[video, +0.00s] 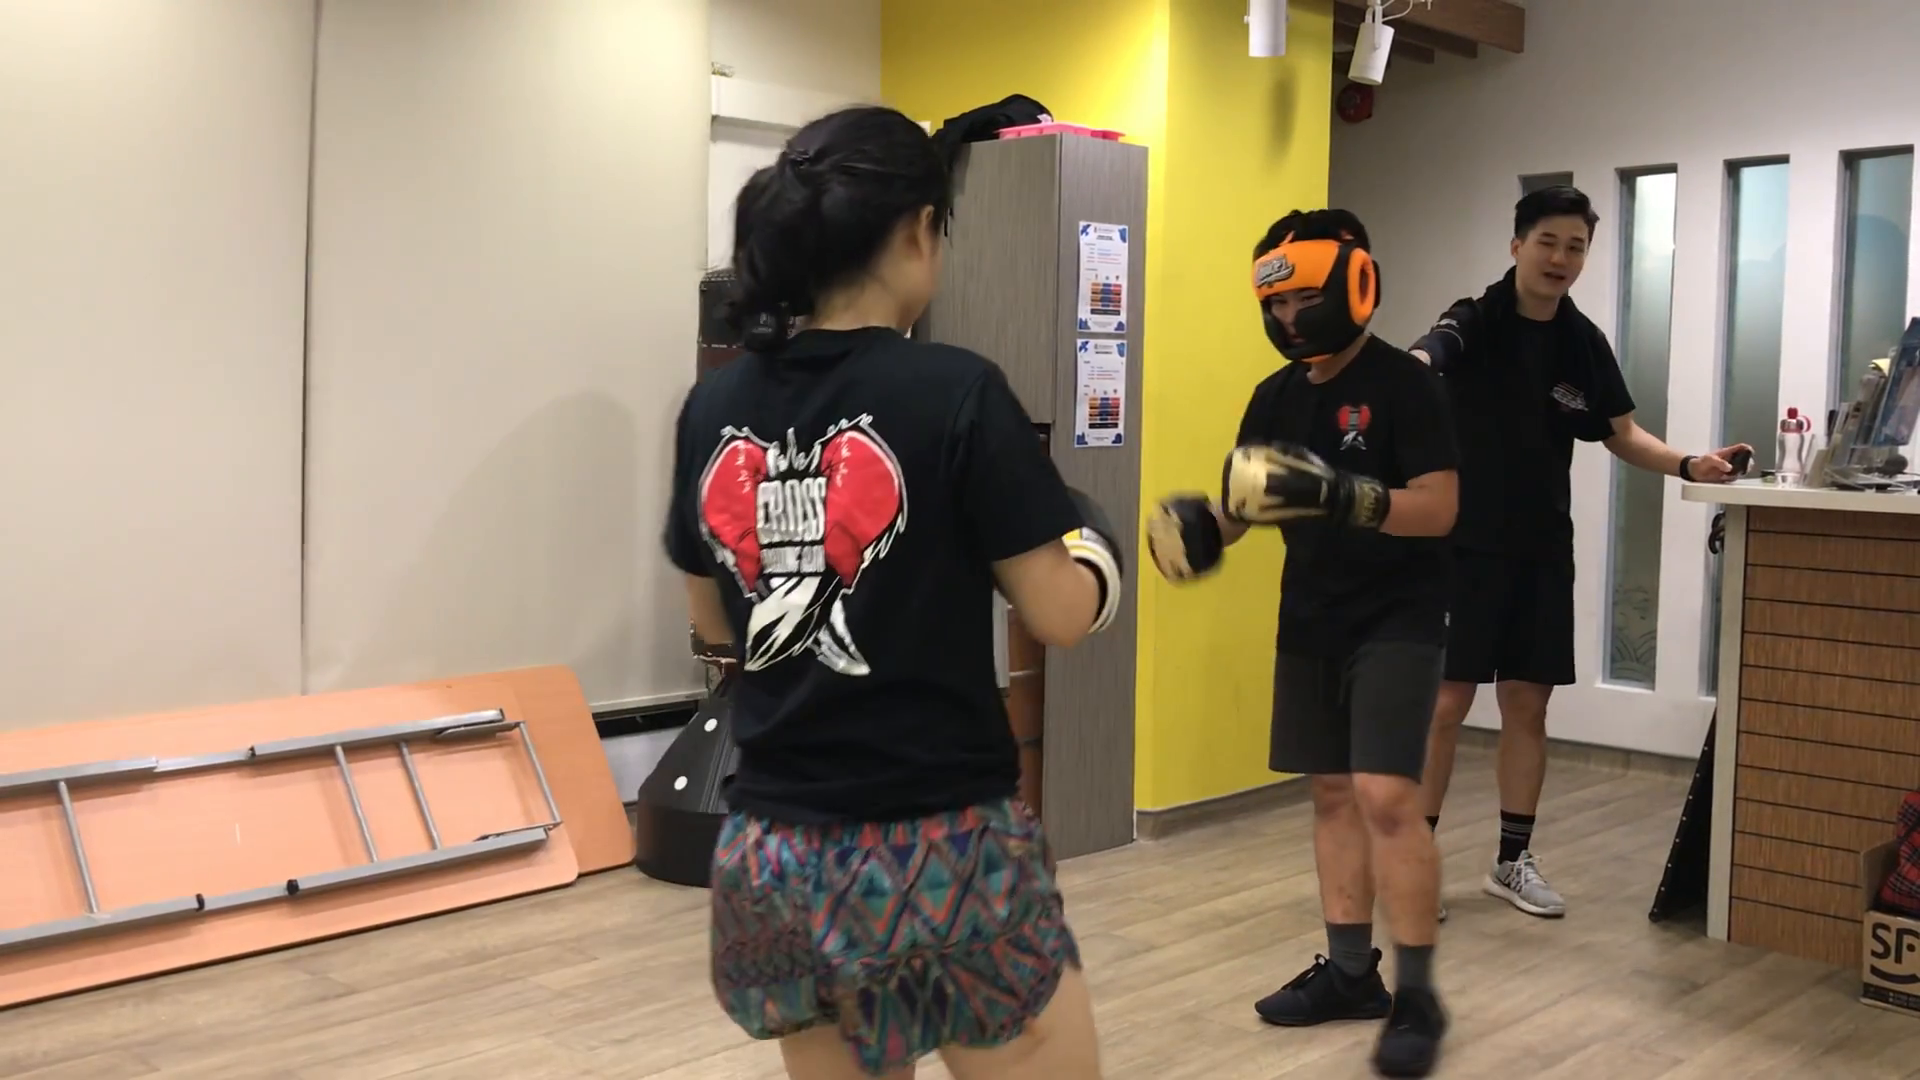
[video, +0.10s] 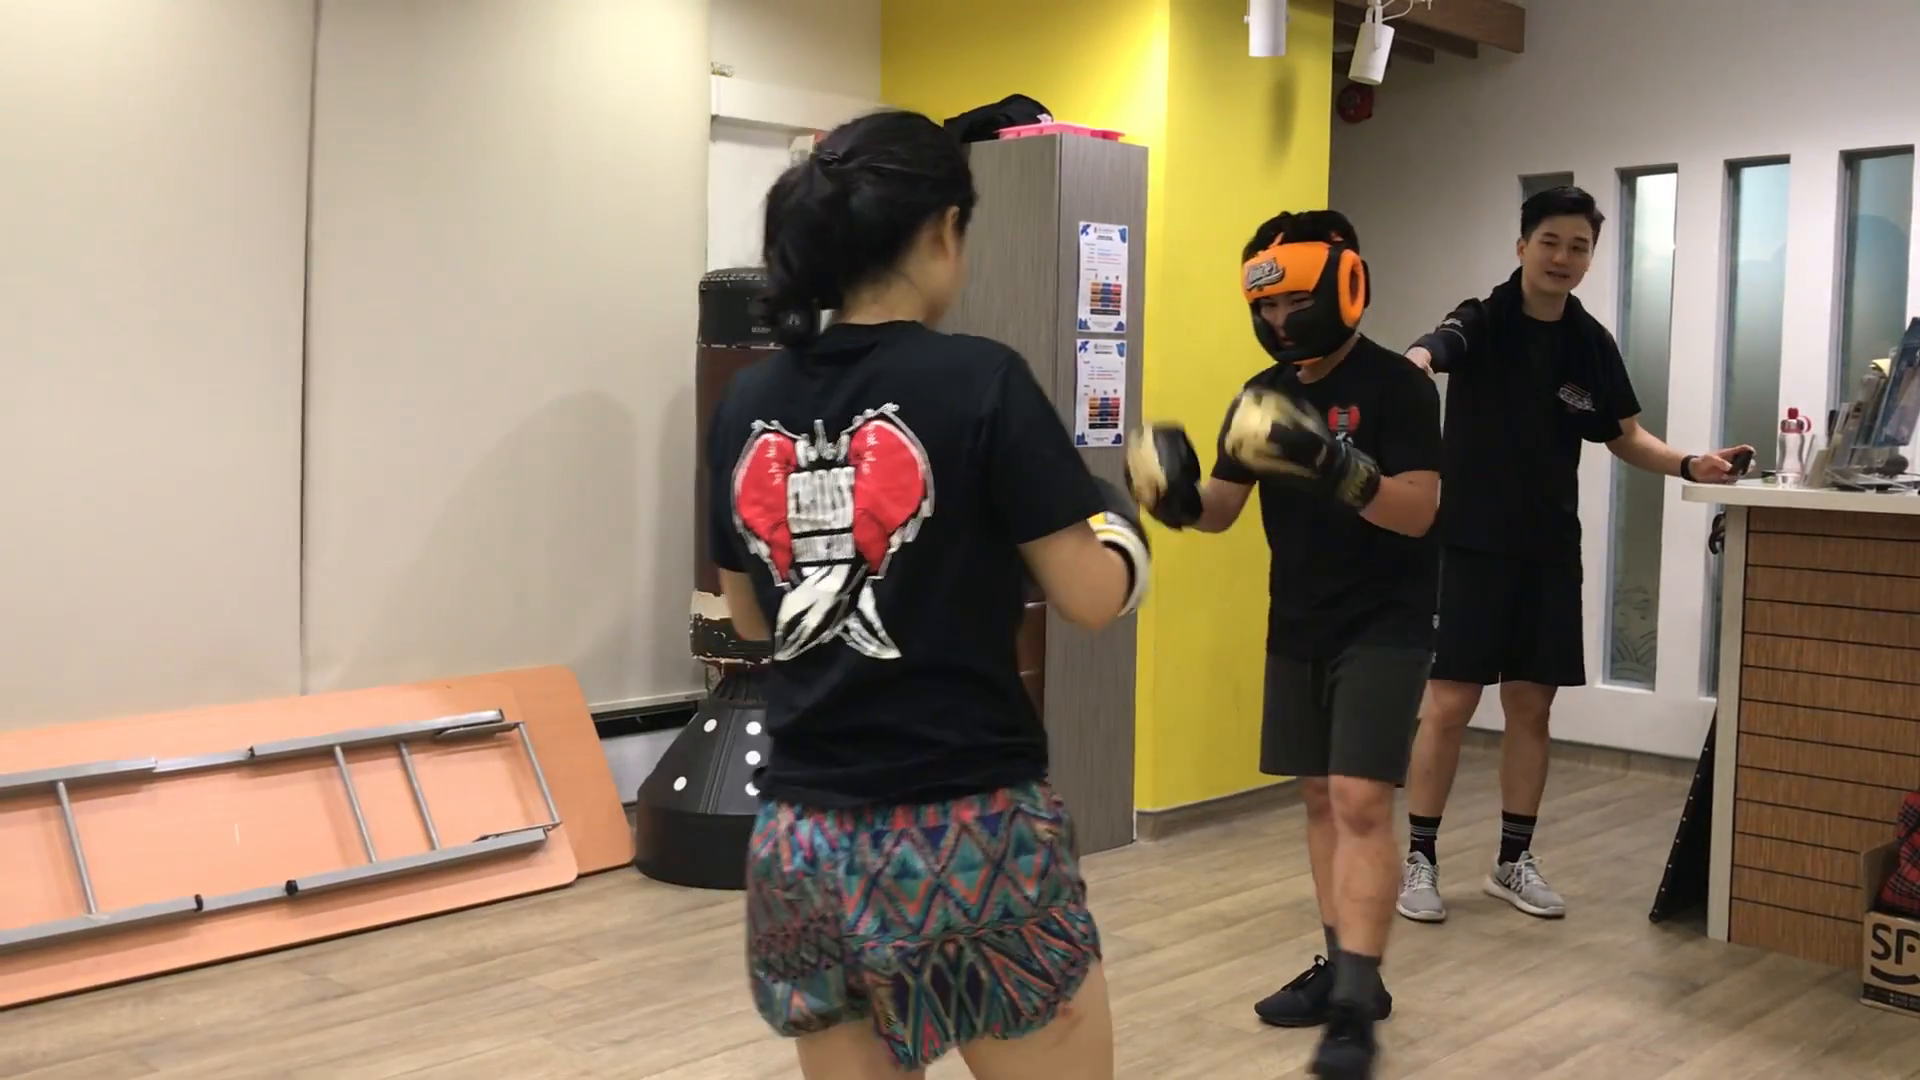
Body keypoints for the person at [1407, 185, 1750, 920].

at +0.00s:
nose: (1560, 257)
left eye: (1575, 247)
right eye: (1548, 242)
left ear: (1586, 259)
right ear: (1517, 245)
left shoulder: (1582, 342)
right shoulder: (1470, 324)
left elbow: (1621, 433)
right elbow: (1407, 385)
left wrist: (1688, 463)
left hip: (1540, 549)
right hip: (1461, 543)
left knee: (1526, 706)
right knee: (1445, 705)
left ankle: (1513, 861)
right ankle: (1411, 852)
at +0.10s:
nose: (1563, 256)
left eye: (1578, 247)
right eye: (1551, 241)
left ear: (1591, 257)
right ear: (1522, 245)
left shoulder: (1591, 343)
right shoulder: (1479, 320)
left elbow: (1626, 437)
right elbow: (1413, 364)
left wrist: (1690, 463)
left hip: (1547, 548)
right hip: (1470, 542)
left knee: (1531, 706)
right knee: (1448, 703)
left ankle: (1515, 861)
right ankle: (1419, 859)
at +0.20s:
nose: (1568, 258)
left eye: (1583, 248)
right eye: (1555, 243)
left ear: (1595, 257)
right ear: (1527, 244)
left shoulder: (1596, 345)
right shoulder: (1485, 320)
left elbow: (1630, 438)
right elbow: (1432, 350)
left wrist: (1692, 460)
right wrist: (1414, 361)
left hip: (1552, 548)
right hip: (1476, 542)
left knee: (1532, 707)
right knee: (1454, 706)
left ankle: (1515, 861)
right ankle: (1426, 860)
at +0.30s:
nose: (1584, 267)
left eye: (1596, 255)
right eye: (1571, 251)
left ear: (1603, 260)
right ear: (1534, 246)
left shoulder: (1600, 346)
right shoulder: (1488, 320)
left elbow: (1635, 438)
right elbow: (1443, 346)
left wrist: (1694, 449)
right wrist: (1420, 357)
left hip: (1557, 548)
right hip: (1480, 541)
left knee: (1535, 705)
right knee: (1459, 704)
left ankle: (1515, 860)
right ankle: (1436, 861)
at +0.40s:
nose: (1602, 274)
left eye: (1610, 262)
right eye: (1591, 259)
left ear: (1608, 265)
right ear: (1548, 254)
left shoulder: (1600, 345)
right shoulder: (1491, 320)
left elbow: (1641, 436)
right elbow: (1451, 343)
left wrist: (1691, 436)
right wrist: (1431, 355)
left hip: (1560, 550)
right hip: (1483, 544)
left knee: (1536, 707)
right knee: (1461, 705)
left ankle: (1515, 861)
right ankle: (1439, 862)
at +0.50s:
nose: (1605, 275)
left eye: (1612, 263)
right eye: (1595, 258)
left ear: (1611, 269)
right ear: (1552, 253)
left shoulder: (1601, 345)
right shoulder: (1488, 319)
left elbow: (1642, 438)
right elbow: (1431, 363)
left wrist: (1683, 428)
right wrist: (1464, 363)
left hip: (1562, 548)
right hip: (1486, 543)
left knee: (1538, 706)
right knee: (1463, 704)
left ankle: (1515, 860)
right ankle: (1437, 862)